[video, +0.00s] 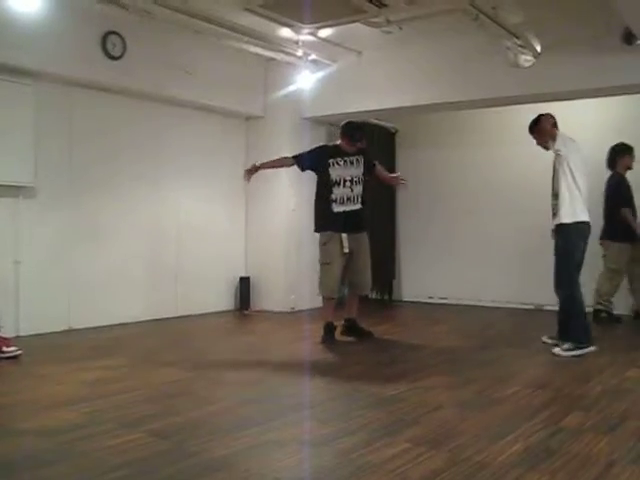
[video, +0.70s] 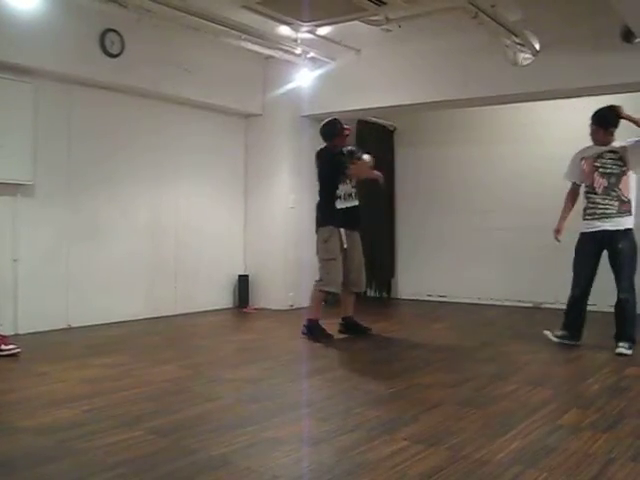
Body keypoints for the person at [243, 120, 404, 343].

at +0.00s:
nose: (356, 149)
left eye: (359, 146)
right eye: (353, 145)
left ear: (360, 143)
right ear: (343, 139)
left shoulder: (361, 156)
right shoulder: (323, 154)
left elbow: (374, 169)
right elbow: (290, 161)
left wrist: (389, 178)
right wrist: (258, 167)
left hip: (357, 227)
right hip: (331, 227)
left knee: (359, 278)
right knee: (331, 279)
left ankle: (351, 322)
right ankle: (329, 327)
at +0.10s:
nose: (360, 147)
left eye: (362, 143)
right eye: (357, 143)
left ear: (361, 141)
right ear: (345, 139)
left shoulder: (363, 157)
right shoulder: (324, 154)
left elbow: (384, 165)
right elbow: (295, 160)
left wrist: (405, 174)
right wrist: (266, 164)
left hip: (357, 226)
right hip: (332, 226)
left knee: (357, 276)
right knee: (332, 277)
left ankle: (351, 321)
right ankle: (328, 325)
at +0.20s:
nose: (363, 146)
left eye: (365, 141)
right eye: (359, 142)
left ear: (365, 140)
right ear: (345, 139)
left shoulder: (365, 158)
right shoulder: (328, 156)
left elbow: (391, 166)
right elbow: (306, 169)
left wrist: (418, 174)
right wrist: (296, 176)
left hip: (357, 227)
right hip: (333, 227)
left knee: (357, 276)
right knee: (333, 277)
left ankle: (350, 320)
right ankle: (329, 324)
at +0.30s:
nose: (364, 143)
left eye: (365, 140)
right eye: (361, 139)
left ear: (360, 139)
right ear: (348, 138)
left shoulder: (363, 157)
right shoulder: (332, 157)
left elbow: (384, 167)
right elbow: (331, 183)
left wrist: (405, 171)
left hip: (357, 226)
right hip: (335, 226)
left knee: (357, 276)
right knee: (334, 277)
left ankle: (350, 319)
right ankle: (329, 324)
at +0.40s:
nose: (363, 142)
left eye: (364, 139)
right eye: (360, 138)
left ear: (359, 140)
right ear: (347, 138)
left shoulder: (359, 154)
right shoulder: (335, 156)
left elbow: (379, 168)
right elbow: (356, 185)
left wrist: (360, 167)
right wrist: (380, 209)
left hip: (356, 225)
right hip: (335, 225)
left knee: (356, 276)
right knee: (334, 277)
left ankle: (350, 319)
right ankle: (328, 323)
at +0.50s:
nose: (360, 140)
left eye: (360, 137)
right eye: (356, 137)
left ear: (355, 137)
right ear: (345, 137)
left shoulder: (356, 155)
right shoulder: (335, 156)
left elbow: (362, 163)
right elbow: (357, 178)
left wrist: (336, 161)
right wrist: (378, 190)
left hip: (354, 223)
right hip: (334, 223)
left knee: (356, 274)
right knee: (333, 275)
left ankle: (349, 319)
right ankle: (326, 323)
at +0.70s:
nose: (348, 132)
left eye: (347, 129)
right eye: (344, 130)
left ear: (337, 136)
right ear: (336, 135)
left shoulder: (347, 153)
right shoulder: (326, 155)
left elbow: (368, 162)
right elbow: (352, 171)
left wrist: (361, 166)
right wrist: (368, 165)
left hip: (350, 221)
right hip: (330, 221)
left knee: (352, 273)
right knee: (329, 274)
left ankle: (347, 319)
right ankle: (312, 322)